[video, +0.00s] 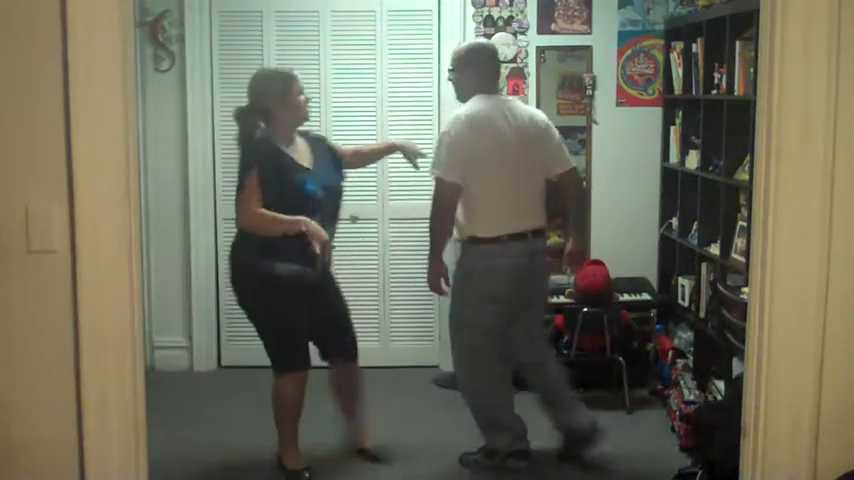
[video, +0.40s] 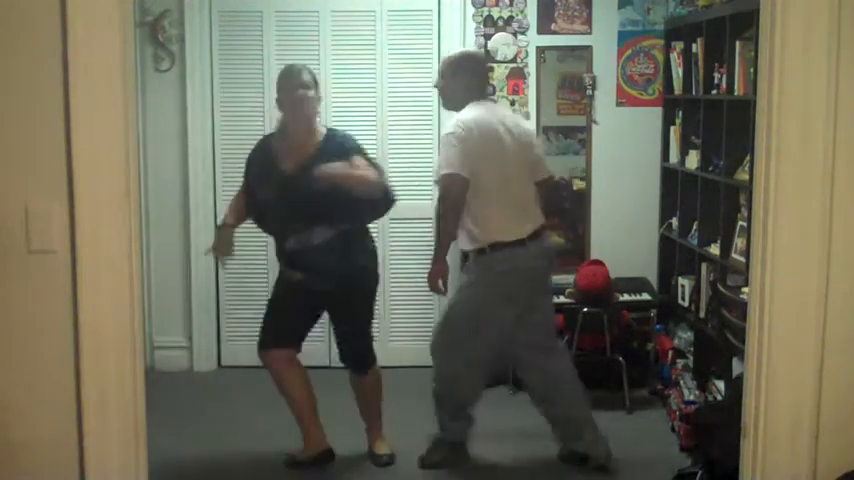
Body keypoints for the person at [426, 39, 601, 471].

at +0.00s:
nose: (452, 79)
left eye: (456, 72)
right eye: (452, 72)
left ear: (473, 73)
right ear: (495, 72)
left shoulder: (460, 125)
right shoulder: (534, 119)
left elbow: (445, 199)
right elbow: (573, 185)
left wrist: (434, 258)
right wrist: (576, 239)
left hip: (485, 256)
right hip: (533, 252)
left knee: (477, 357)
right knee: (530, 343)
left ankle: (504, 446)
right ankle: (578, 426)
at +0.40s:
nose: (437, 87)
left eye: (441, 79)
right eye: (439, 80)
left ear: (462, 80)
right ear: (481, 81)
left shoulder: (461, 127)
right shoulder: (519, 123)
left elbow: (452, 192)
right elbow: (547, 186)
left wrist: (439, 255)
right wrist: (532, 228)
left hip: (495, 261)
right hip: (534, 254)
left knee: (453, 345)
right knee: (541, 351)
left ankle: (451, 441)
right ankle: (586, 445)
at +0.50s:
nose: (421, 89)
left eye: (428, 81)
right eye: (423, 81)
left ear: (450, 82)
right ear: (457, 82)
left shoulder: (464, 127)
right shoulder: (476, 123)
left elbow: (479, 191)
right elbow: (480, 191)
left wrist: (458, 253)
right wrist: (445, 232)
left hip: (488, 260)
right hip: (497, 258)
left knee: (448, 350)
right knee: (505, 350)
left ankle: (448, 442)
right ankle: (569, 419)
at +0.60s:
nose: (408, 92)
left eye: (415, 84)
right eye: (409, 85)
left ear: (441, 85)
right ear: (432, 88)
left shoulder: (474, 128)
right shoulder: (441, 137)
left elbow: (521, 183)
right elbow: (439, 205)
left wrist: (488, 247)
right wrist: (399, 244)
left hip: (480, 267)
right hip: (447, 265)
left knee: (452, 356)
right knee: (422, 341)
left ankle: (448, 444)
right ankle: (516, 375)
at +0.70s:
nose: (418, 86)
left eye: (426, 77)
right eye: (413, 78)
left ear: (446, 80)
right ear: (409, 83)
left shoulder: (487, 125)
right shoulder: (405, 141)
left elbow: (533, 174)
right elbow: (394, 203)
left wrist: (504, 231)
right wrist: (390, 253)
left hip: (475, 261)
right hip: (424, 256)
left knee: (451, 360)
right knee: (395, 336)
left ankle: (446, 443)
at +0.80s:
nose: (442, 73)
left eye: (448, 64)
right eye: (432, 65)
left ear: (456, 67)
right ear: (416, 70)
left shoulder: (482, 114)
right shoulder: (395, 127)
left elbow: (511, 169)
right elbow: (378, 194)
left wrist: (500, 211)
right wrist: (411, 234)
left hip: (468, 247)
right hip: (415, 245)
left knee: (461, 348)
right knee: (419, 335)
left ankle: (434, 439)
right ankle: (387, 389)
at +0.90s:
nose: (465, 64)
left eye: (465, 56)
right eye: (455, 56)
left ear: (459, 64)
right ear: (426, 62)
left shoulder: (466, 113)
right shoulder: (398, 119)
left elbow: (481, 166)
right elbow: (378, 186)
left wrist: (479, 210)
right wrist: (447, 215)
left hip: (447, 245)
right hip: (406, 243)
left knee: (447, 344)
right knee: (433, 343)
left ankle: (402, 434)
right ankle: (386, 432)